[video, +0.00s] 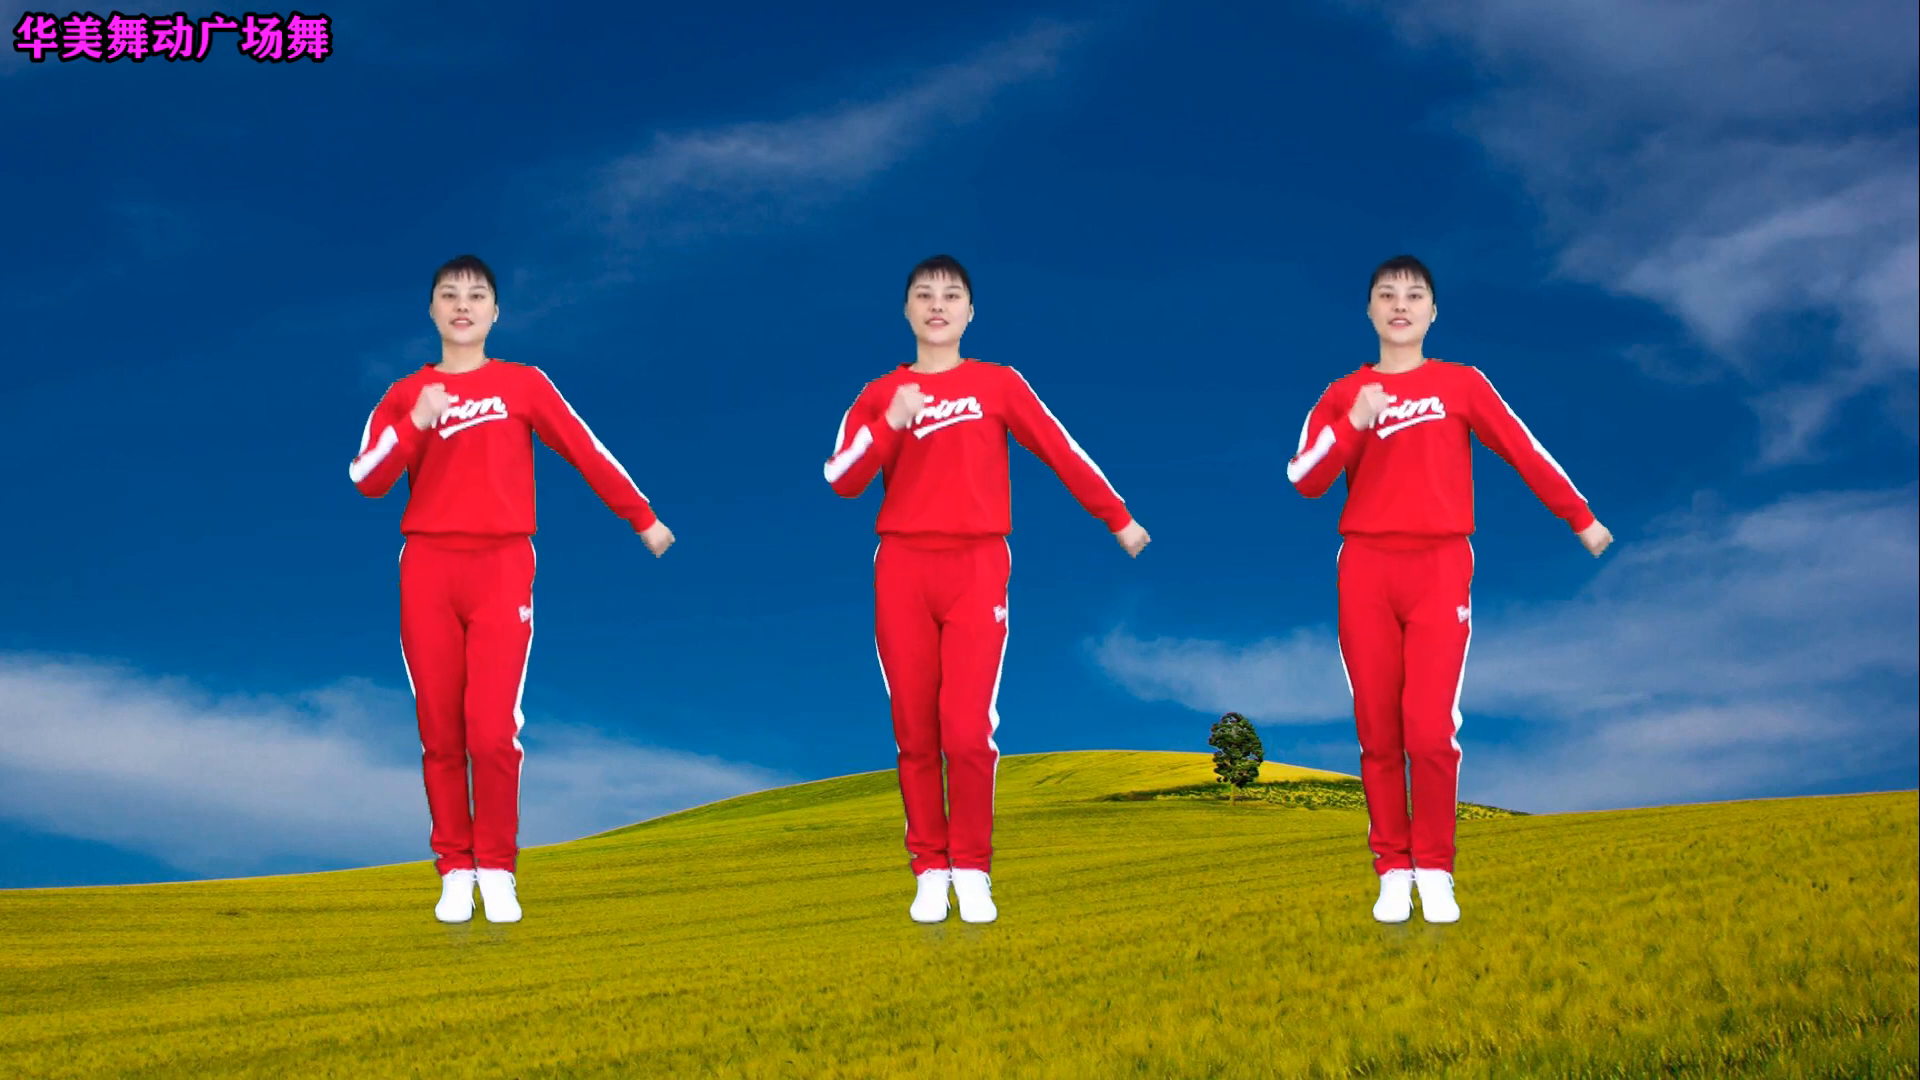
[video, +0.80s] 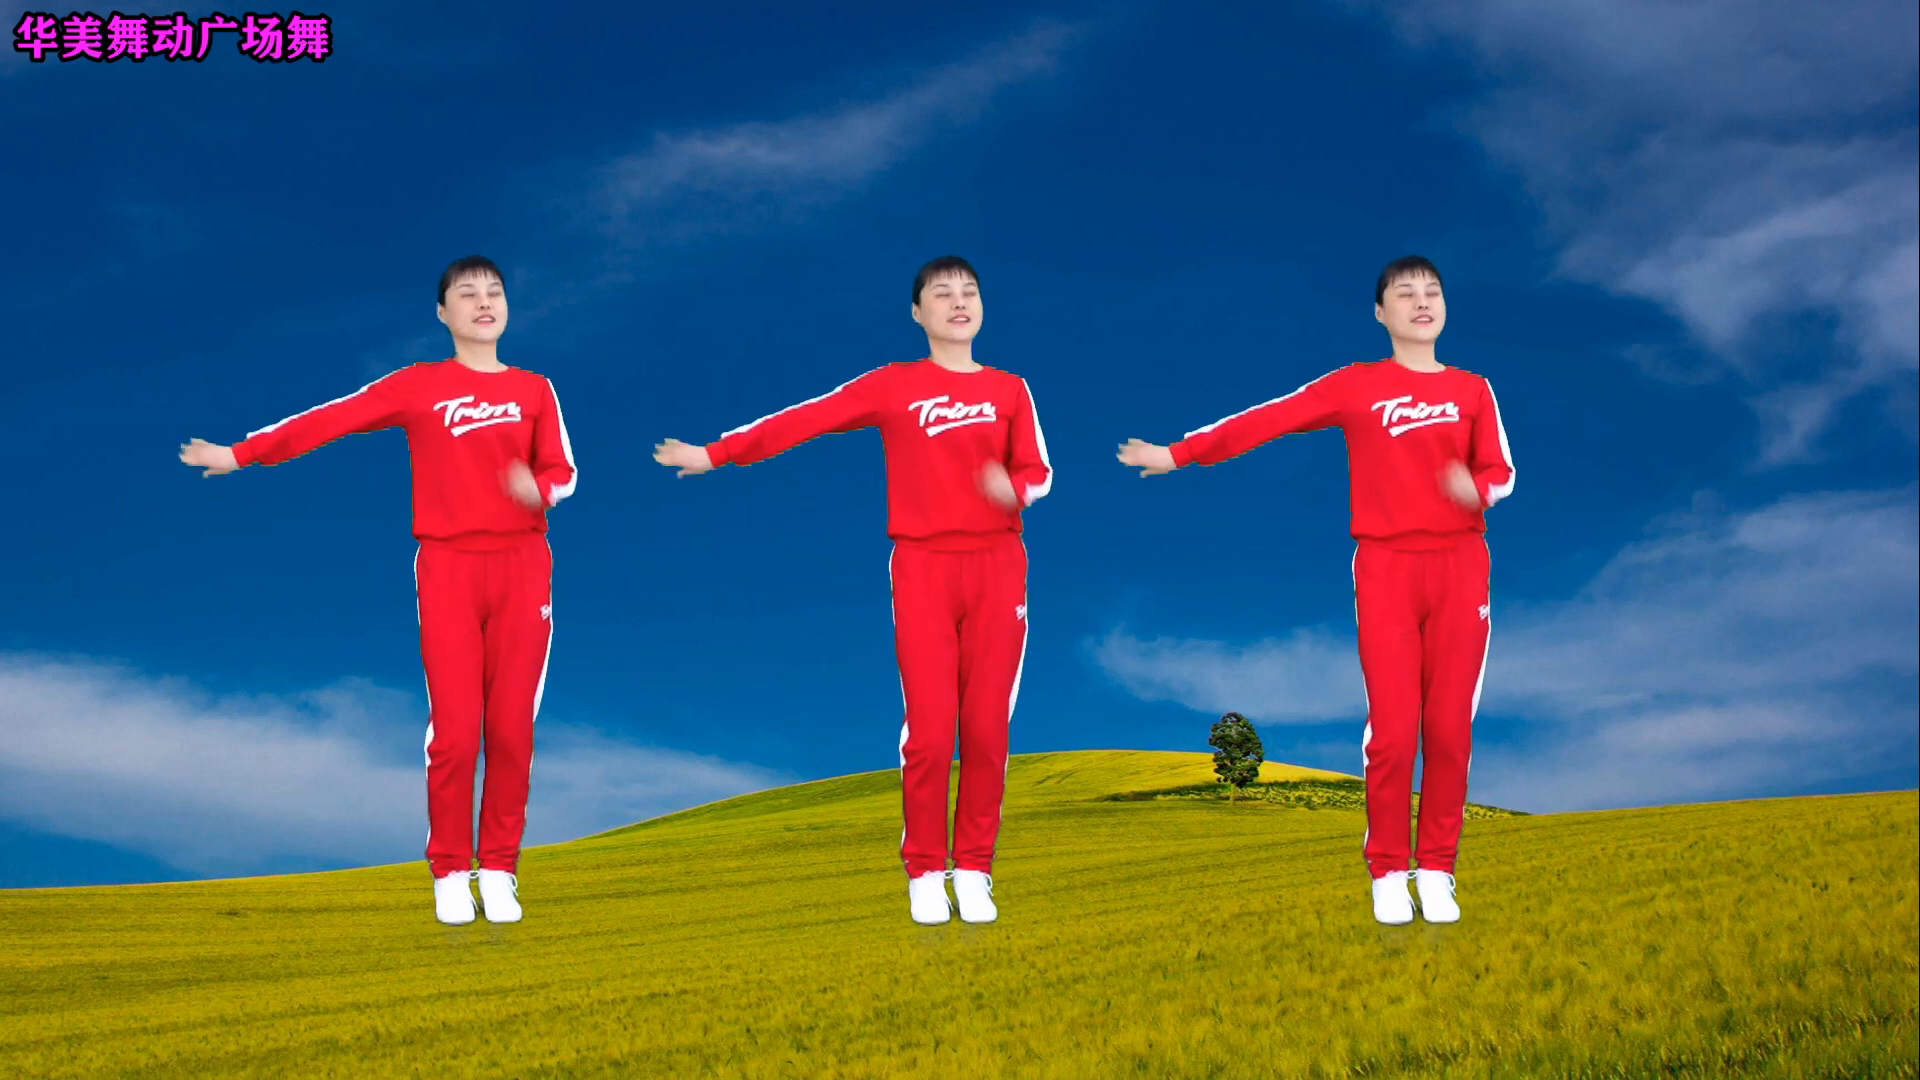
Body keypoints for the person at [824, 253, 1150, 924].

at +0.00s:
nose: (937, 306)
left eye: (951, 296)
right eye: (925, 296)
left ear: (969, 311)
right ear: (908, 310)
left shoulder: (1000, 383)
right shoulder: (879, 394)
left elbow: (1063, 452)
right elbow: (843, 481)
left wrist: (1119, 518)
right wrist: (888, 426)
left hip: (979, 566)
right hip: (902, 568)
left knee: (967, 729)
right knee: (915, 731)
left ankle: (971, 868)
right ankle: (929, 869)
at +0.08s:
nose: (939, 307)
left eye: (952, 298)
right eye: (926, 298)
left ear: (971, 314)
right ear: (909, 314)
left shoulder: (1002, 388)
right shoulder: (883, 399)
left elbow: (1063, 463)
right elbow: (856, 489)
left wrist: (1118, 532)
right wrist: (905, 462)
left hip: (981, 570)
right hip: (905, 571)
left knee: (971, 729)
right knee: (916, 731)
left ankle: (969, 870)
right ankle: (930, 869)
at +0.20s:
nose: (943, 306)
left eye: (954, 296)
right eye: (931, 297)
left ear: (973, 309)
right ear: (913, 311)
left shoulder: (1006, 385)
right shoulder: (890, 395)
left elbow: (1040, 476)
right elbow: (882, 480)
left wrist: (1066, 564)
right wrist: (911, 542)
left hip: (992, 566)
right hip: (916, 569)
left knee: (984, 724)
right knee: (926, 722)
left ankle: (973, 867)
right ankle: (931, 855)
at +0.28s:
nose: (946, 318)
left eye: (958, 308)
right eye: (933, 309)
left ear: (976, 320)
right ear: (916, 323)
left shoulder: (1007, 397)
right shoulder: (891, 408)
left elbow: (1019, 491)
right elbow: (883, 503)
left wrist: (1013, 578)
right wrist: (883, 589)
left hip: (995, 577)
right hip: (923, 579)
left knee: (989, 729)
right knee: (935, 714)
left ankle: (972, 868)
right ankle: (934, 811)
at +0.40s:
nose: (950, 319)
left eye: (961, 308)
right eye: (937, 310)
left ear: (979, 319)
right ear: (920, 325)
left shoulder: (1010, 398)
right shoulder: (895, 409)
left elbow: (1027, 478)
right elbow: (859, 498)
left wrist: (962, 494)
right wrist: (832, 584)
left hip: (1002, 575)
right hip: (925, 577)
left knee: (997, 723)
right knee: (951, 694)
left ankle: (973, 867)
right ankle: (940, 793)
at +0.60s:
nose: (953, 295)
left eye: (964, 284)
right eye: (938, 287)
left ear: (983, 298)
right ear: (922, 305)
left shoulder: (1014, 376)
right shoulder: (899, 380)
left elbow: (1045, 462)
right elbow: (831, 442)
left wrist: (990, 412)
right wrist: (766, 504)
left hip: (999, 556)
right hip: (923, 557)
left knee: (989, 715)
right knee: (941, 713)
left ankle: (975, 862)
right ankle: (931, 848)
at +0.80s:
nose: (959, 302)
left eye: (969, 292)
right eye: (943, 294)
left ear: (982, 308)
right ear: (920, 313)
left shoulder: (1010, 388)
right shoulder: (892, 383)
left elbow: (1039, 473)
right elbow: (806, 418)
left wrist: (1016, 489)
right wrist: (713, 453)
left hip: (998, 564)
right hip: (922, 565)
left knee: (988, 725)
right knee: (931, 727)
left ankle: (974, 868)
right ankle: (925, 870)